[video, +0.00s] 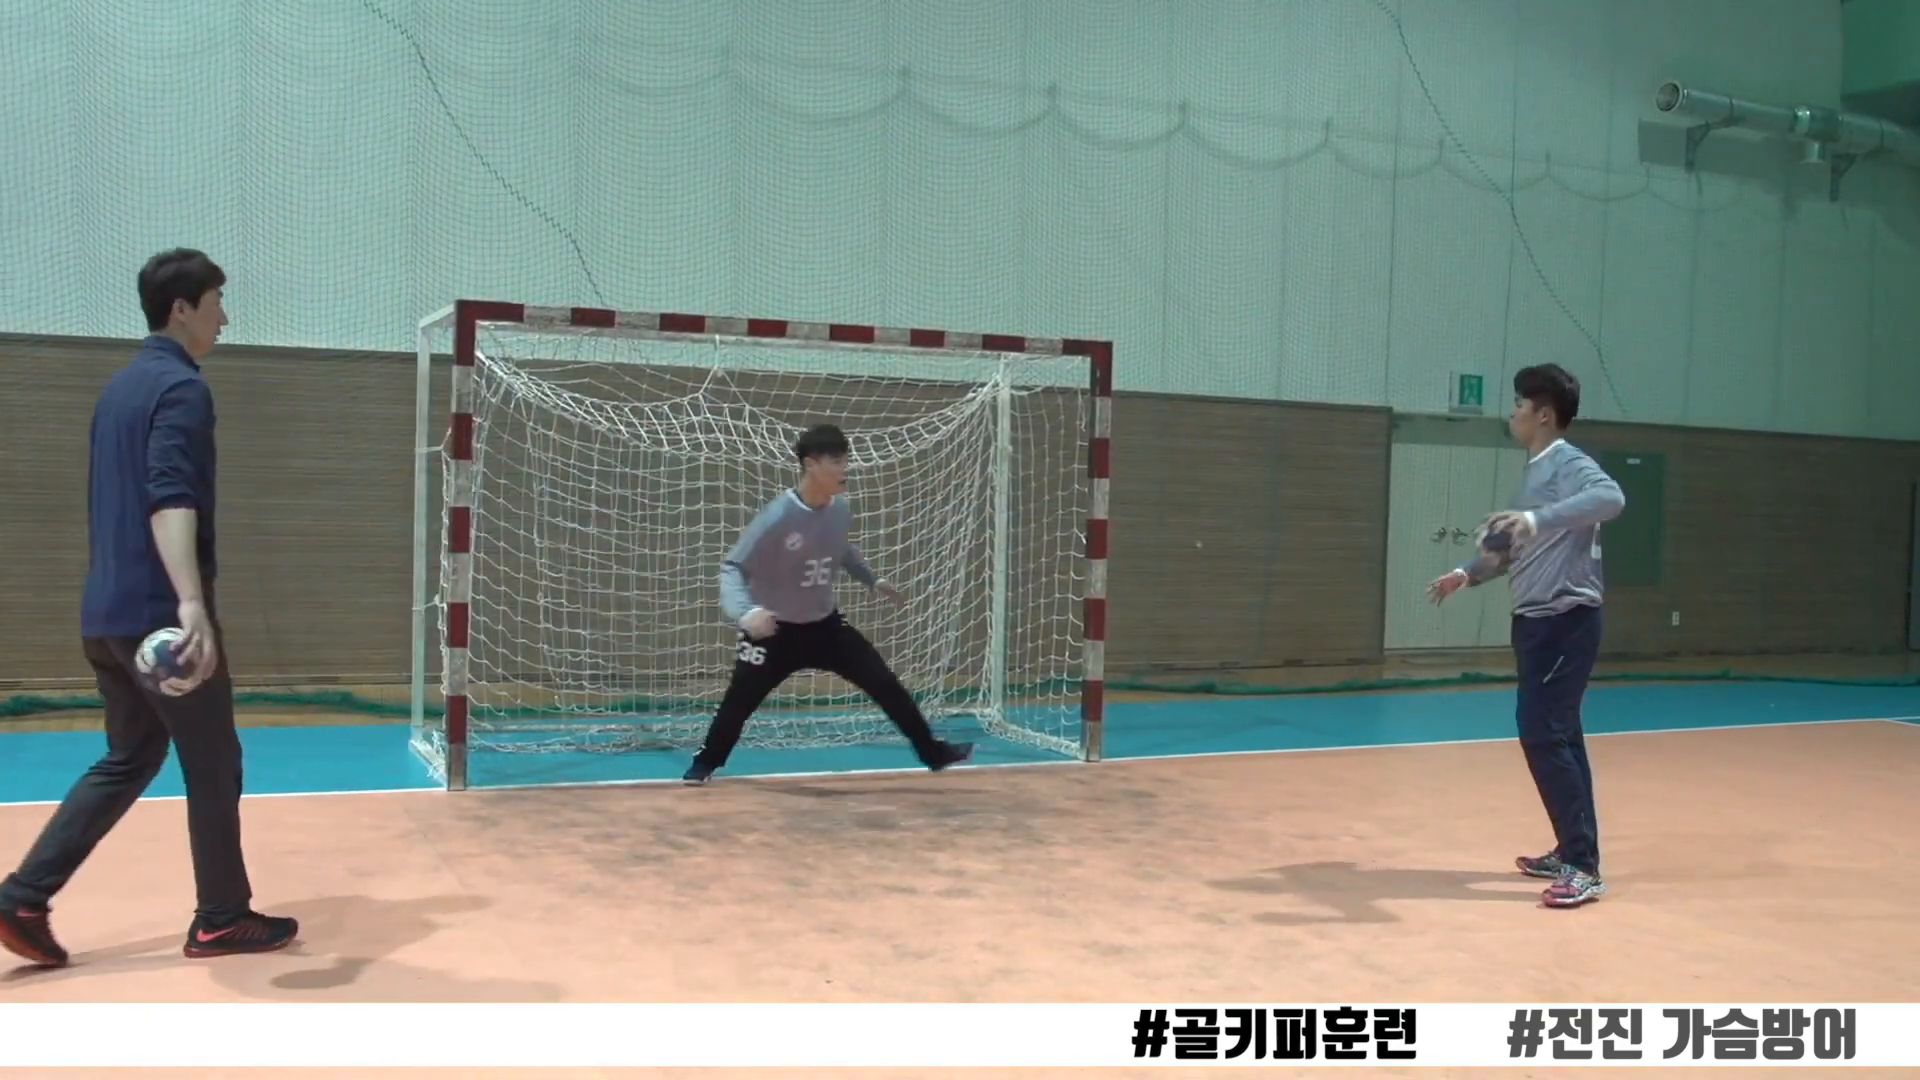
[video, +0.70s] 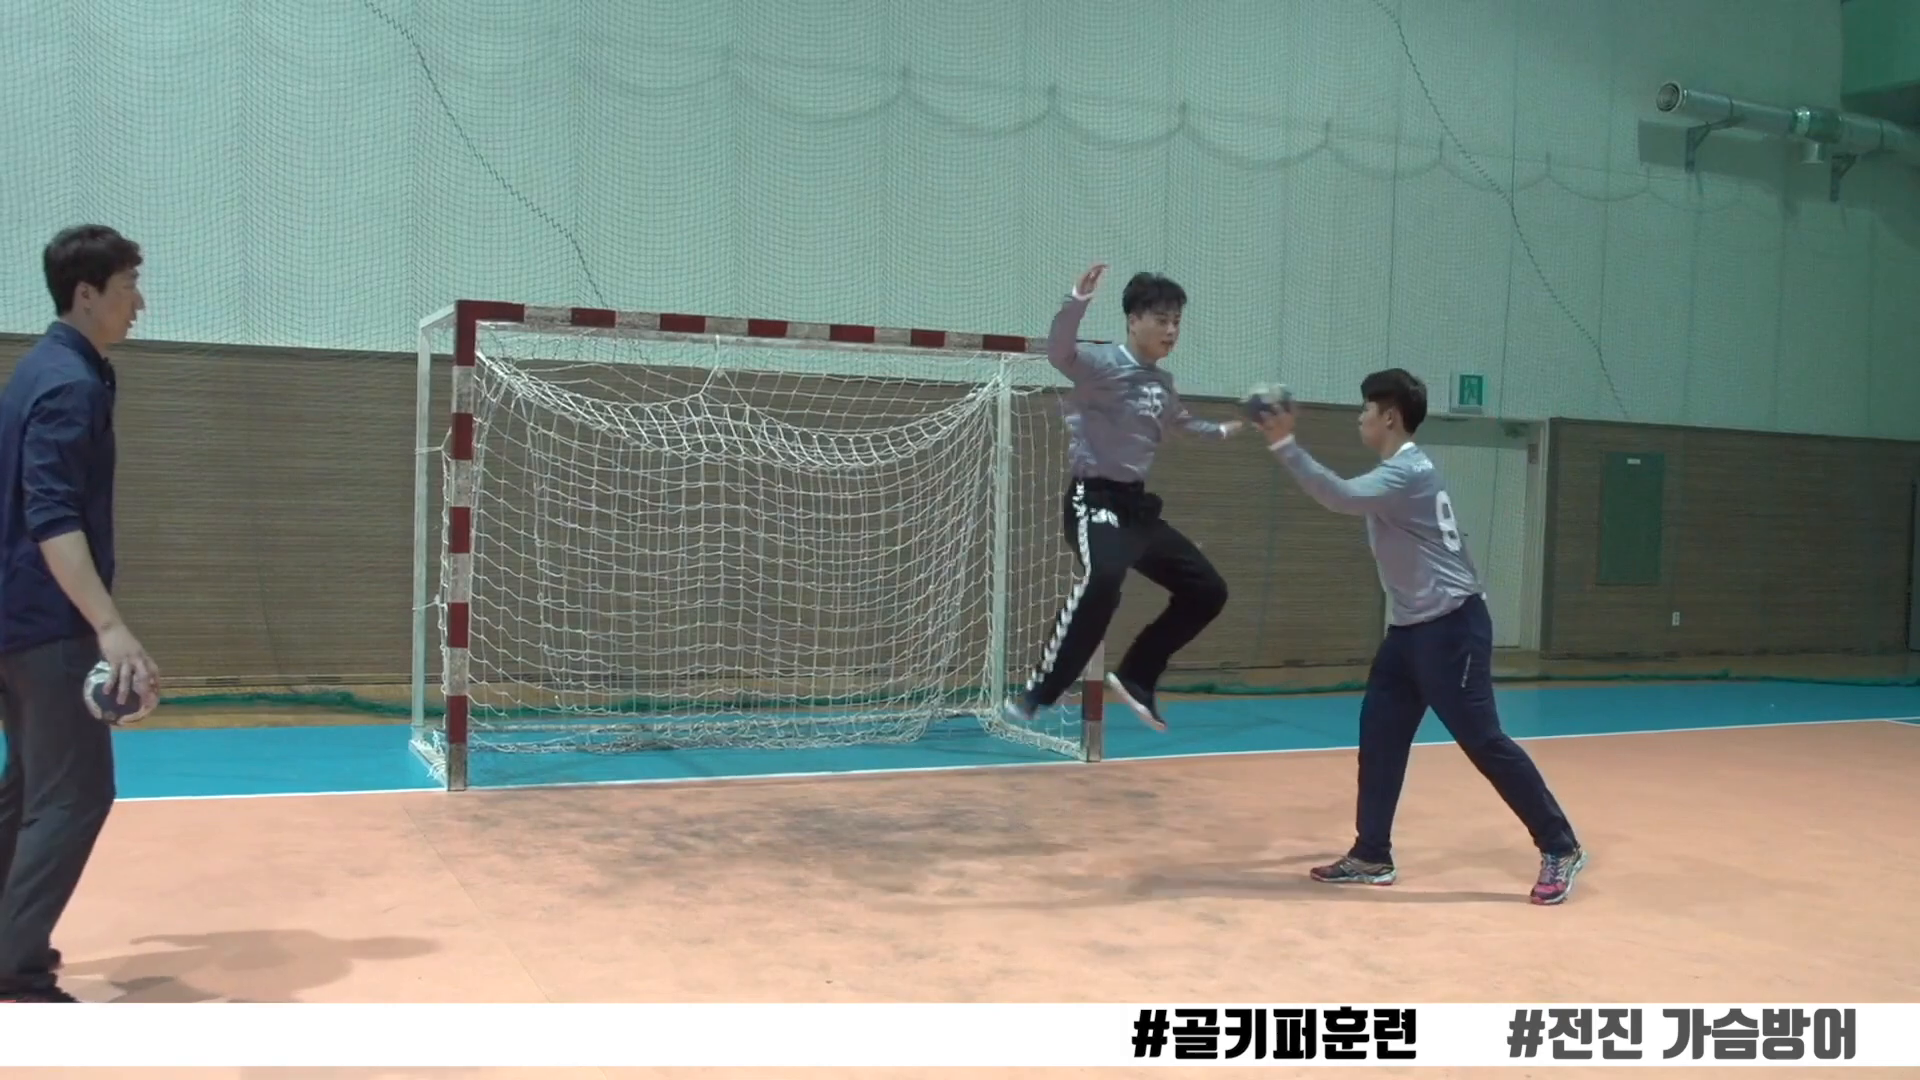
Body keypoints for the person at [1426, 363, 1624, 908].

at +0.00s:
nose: (1511, 414)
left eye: (1519, 404)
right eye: (1515, 404)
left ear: (1544, 413)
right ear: (1541, 413)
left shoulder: (1566, 459)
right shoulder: (1534, 474)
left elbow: (1610, 498)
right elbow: (1515, 542)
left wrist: (1538, 520)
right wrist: (1468, 572)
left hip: (1565, 619)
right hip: (1538, 620)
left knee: (1544, 733)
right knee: (1555, 734)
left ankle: (1584, 867)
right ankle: (1573, 852)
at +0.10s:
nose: (1498, 417)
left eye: (1506, 409)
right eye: (1500, 408)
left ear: (1532, 416)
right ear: (1526, 416)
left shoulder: (1573, 464)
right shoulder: (1507, 477)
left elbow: (1641, 479)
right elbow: (1503, 549)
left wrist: (1590, 469)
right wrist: (1459, 588)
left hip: (1560, 623)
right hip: (1521, 624)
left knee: (1543, 738)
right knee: (1537, 738)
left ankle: (1582, 867)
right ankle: (1567, 852)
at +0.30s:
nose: (1464, 428)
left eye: (1472, 420)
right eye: (1466, 419)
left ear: (1499, 427)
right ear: (1494, 428)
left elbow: (1618, 470)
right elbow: (1468, 547)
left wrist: (1604, 409)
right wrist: (1451, 600)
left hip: (1543, 631)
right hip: (1488, 631)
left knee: (1543, 743)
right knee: (1457, 726)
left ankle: (1578, 867)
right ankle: (1526, 822)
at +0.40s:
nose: (1436, 433)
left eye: (1442, 425)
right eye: (1438, 424)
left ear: (1470, 432)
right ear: (1466, 431)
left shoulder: (1521, 482)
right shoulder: (1450, 481)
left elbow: (1575, 487)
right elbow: (1462, 552)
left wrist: (1571, 423)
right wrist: (1455, 609)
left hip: (1524, 636)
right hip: (1467, 634)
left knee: (1535, 750)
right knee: (1422, 717)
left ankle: (1576, 868)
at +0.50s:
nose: (1409, 434)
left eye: (1414, 426)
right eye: (1410, 425)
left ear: (1438, 433)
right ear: (1438, 431)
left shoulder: (1478, 484)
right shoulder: (1432, 486)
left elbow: (1509, 514)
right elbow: (1451, 554)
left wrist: (1503, 447)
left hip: (1494, 638)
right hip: (1441, 639)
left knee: (1520, 754)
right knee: (1397, 736)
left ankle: (1574, 867)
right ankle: (1367, 847)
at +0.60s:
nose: (1391, 424)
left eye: (1404, 415)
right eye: (1387, 415)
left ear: (1429, 424)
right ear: (1385, 423)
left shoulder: (1443, 477)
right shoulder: (1405, 475)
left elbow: (1428, 515)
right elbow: (1426, 549)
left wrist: (1397, 462)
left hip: (1467, 637)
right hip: (1418, 639)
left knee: (1494, 753)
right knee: (1379, 736)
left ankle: (1565, 858)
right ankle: (1371, 855)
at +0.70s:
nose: (1359, 418)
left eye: (1366, 409)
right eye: (1362, 409)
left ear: (1390, 415)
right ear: (1393, 416)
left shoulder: (1410, 470)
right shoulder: (1396, 468)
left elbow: (1341, 496)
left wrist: (1286, 446)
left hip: (1452, 625)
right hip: (1408, 629)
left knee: (1483, 742)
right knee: (1380, 734)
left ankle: (1561, 848)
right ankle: (1371, 855)